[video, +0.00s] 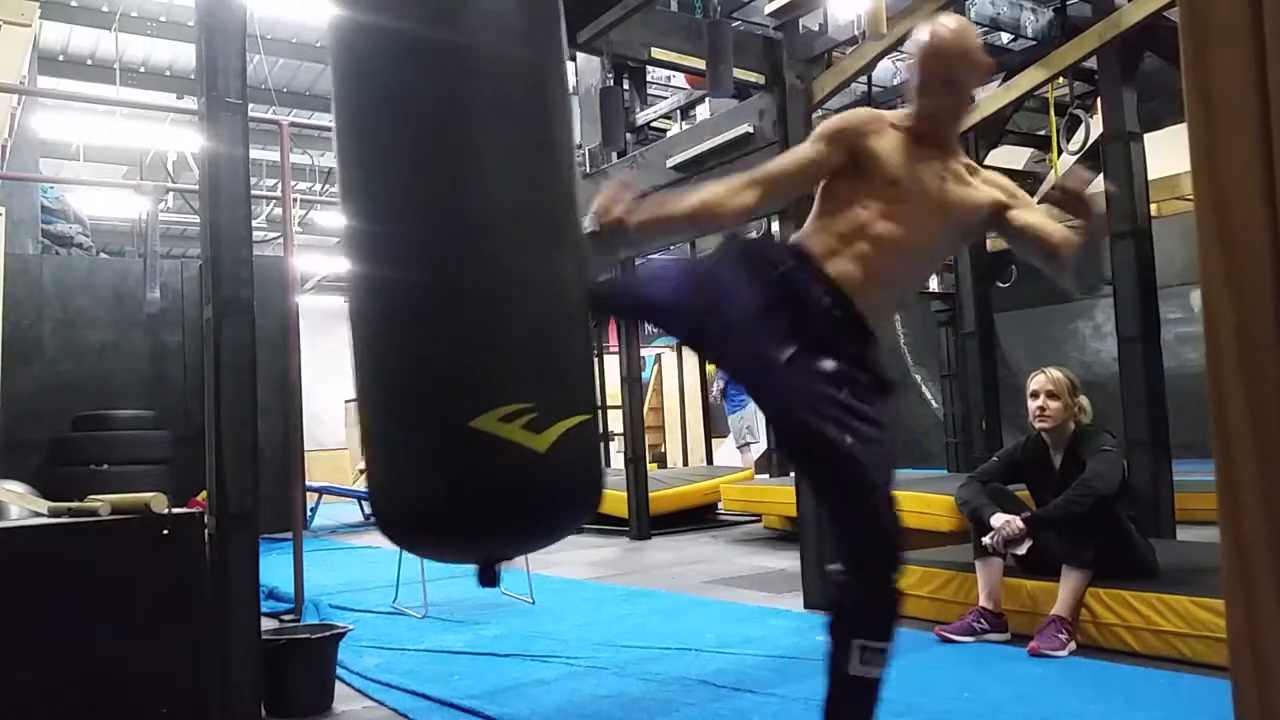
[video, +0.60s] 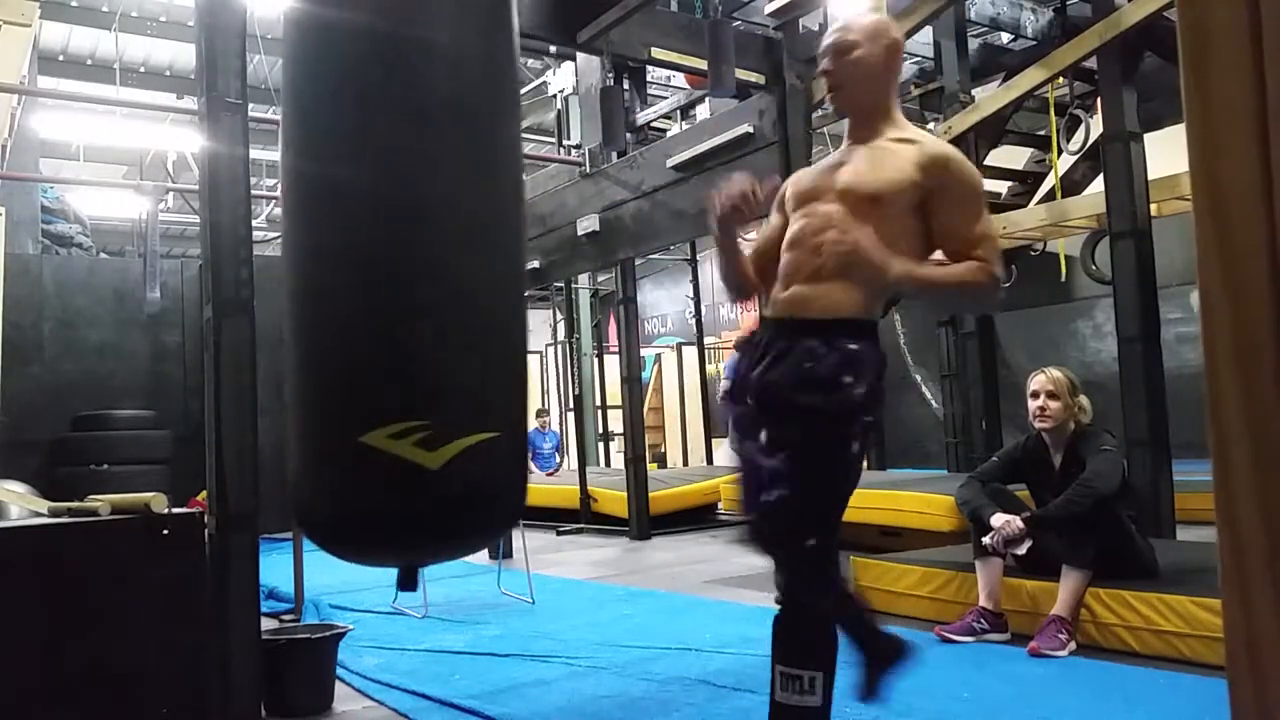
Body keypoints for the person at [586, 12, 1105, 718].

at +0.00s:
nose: (933, 86)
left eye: (951, 72)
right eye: (927, 66)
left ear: (975, 82)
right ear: (910, 68)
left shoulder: (991, 190)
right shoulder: (861, 131)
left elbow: (1076, 266)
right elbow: (748, 191)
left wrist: (1091, 222)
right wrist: (637, 215)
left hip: (847, 355)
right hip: (775, 285)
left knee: (874, 539)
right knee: (647, 286)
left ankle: (847, 713)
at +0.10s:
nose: (951, 103)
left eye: (970, 94)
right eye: (944, 85)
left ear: (998, 106)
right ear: (924, 84)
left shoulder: (989, 211)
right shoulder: (859, 133)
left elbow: (998, 276)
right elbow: (760, 195)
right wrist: (652, 212)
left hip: (810, 346)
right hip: (757, 257)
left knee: (815, 541)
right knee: (626, 230)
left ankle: (796, 712)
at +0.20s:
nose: (927, 90)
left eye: (945, 82)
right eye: (924, 78)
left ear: (980, 90)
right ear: (916, 78)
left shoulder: (1000, 208)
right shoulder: (861, 125)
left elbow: (942, 276)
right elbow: (761, 172)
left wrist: (930, 148)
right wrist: (672, 147)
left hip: (808, 354)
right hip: (742, 271)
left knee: (802, 569)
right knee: (596, 269)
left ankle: (782, 713)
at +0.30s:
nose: (909, 80)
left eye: (929, 68)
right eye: (904, 62)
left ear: (976, 65)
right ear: (896, 52)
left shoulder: (997, 180)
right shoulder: (851, 127)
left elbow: (956, 271)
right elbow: (737, 170)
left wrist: (912, 146)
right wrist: (647, 127)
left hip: (825, 362)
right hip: (742, 291)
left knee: (800, 568)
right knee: (588, 328)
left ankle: (783, 712)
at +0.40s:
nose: (884, 43)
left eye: (904, 32)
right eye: (879, 32)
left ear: (953, 46)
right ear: (871, 46)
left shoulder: (982, 167)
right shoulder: (833, 141)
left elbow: (980, 276)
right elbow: (720, 195)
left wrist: (908, 166)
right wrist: (637, 138)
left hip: (834, 360)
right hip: (749, 313)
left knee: (806, 567)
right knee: (590, 405)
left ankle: (799, 715)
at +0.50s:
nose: (850, 57)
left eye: (867, 44)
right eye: (850, 46)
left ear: (914, 53)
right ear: (853, 60)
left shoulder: (956, 160)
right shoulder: (813, 161)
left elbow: (997, 281)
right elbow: (727, 238)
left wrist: (910, 217)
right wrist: (684, 177)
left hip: (836, 359)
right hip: (756, 338)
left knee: (805, 564)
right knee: (662, 486)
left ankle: (801, 713)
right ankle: (756, 618)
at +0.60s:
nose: (823, 64)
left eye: (841, 48)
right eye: (822, 54)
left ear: (893, 51)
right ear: (823, 72)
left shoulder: (935, 160)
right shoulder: (801, 181)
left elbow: (986, 275)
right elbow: (750, 284)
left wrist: (894, 269)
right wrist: (726, 232)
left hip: (838, 354)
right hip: (769, 352)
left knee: (803, 545)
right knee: (773, 528)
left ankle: (797, 711)